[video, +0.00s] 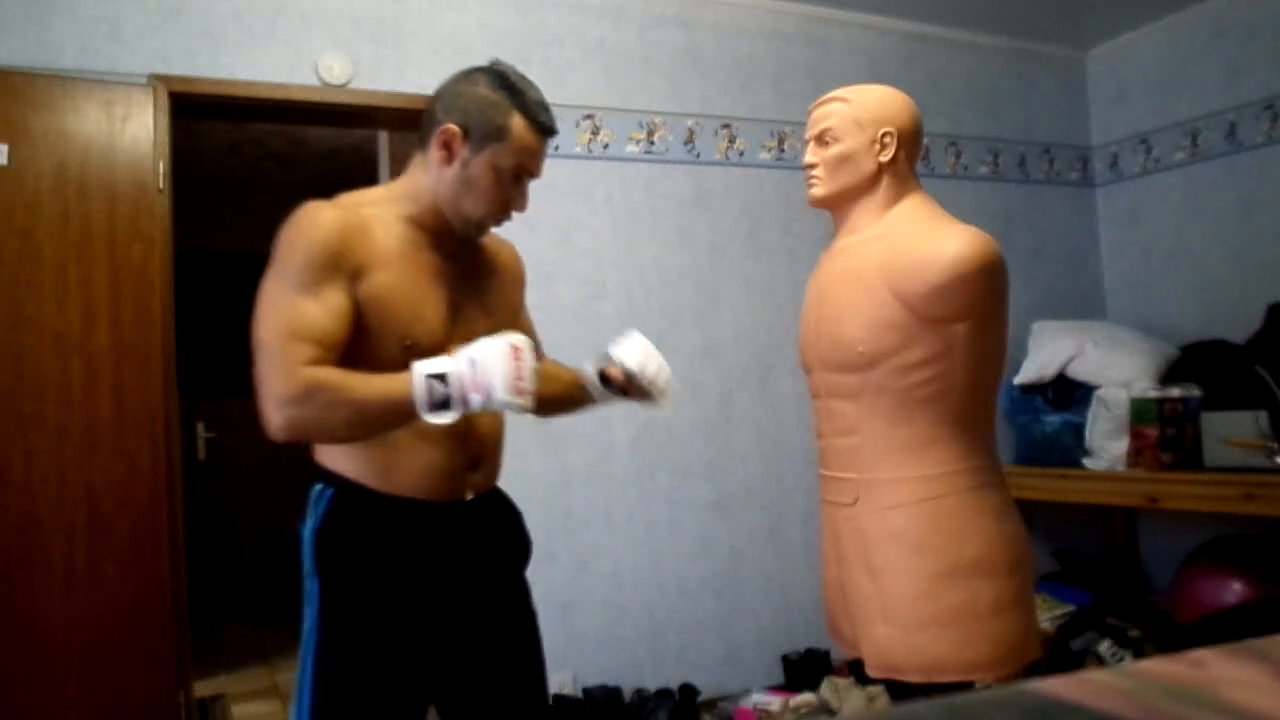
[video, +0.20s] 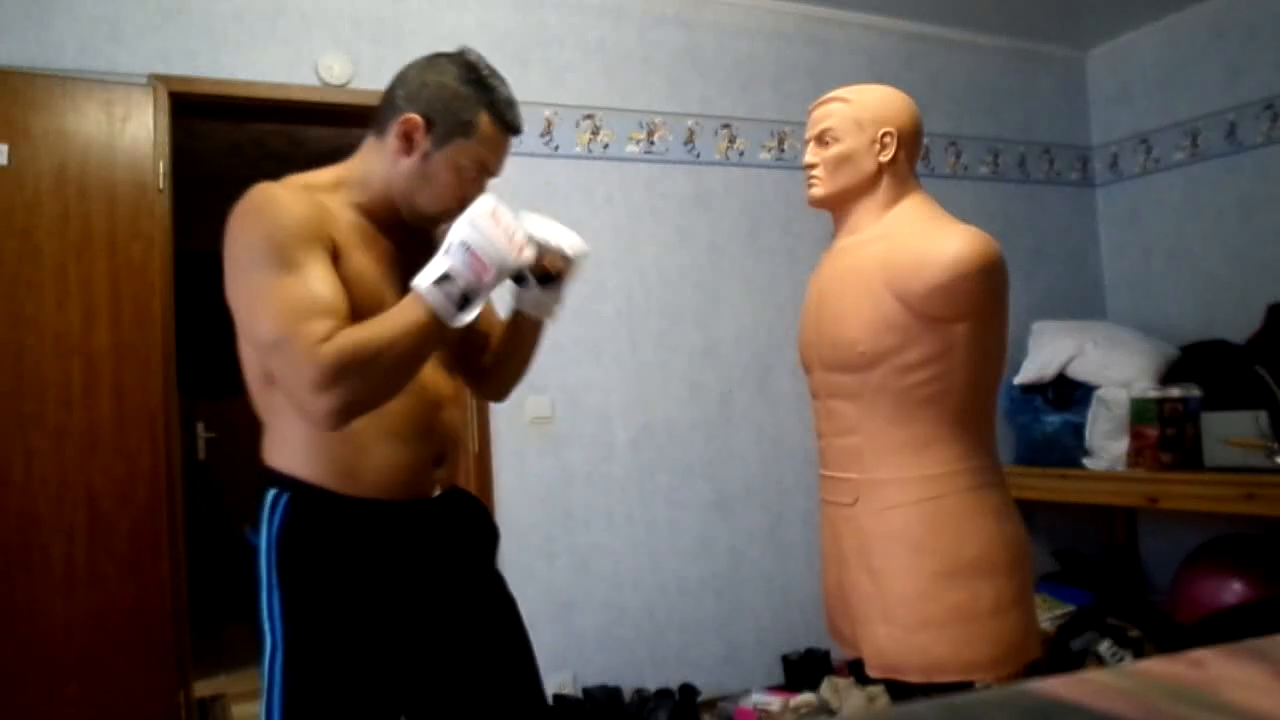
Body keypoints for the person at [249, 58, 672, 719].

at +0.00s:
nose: (520, 204)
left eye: (528, 183)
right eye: (511, 178)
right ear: (449, 147)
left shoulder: (499, 262)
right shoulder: (328, 233)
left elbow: (523, 382)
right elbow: (289, 403)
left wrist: (601, 384)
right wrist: (450, 381)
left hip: (482, 544)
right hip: (370, 547)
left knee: (509, 713)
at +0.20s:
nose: (477, 198)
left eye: (486, 180)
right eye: (475, 174)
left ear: (411, 142)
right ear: (411, 138)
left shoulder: (426, 233)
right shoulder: (276, 214)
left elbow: (490, 377)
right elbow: (324, 387)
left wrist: (532, 302)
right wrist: (452, 281)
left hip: (443, 534)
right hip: (329, 545)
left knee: (505, 712)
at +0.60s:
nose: (507, 188)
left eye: (516, 162)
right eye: (504, 156)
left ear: (434, 129)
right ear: (436, 126)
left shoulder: (459, 226)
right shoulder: (290, 211)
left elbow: (440, 373)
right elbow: (314, 403)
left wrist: (524, 343)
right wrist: (452, 300)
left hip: (464, 553)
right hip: (344, 561)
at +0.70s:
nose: (545, 195)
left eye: (552, 170)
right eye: (538, 166)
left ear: (469, 139)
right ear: (468, 136)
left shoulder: (508, 239)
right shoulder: (317, 219)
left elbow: (564, 320)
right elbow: (289, 407)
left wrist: (661, 328)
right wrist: (438, 327)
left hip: (473, 554)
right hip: (350, 559)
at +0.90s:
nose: (614, 220)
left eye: (622, 197)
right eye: (613, 191)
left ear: (557, 166)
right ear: (560, 164)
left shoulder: (526, 262)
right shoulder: (460, 222)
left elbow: (563, 388)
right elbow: (411, 373)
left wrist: (670, 372)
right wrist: (559, 348)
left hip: (491, 538)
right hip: (423, 532)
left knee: (545, 704)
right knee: (400, 709)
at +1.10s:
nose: (608, 218)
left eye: (617, 198)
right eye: (610, 192)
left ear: (557, 158)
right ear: (565, 161)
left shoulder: (463, 225)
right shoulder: (528, 221)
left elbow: (513, 382)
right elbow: (635, 371)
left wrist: (594, 361)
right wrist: (716, 373)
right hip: (472, 530)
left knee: (540, 707)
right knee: (469, 709)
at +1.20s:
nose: (602, 210)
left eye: (610, 191)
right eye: (602, 184)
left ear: (551, 155)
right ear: (555, 154)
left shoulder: (468, 213)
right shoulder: (490, 216)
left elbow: (481, 376)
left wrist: (582, 354)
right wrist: (631, 413)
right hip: (461, 523)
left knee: (531, 704)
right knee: (481, 709)